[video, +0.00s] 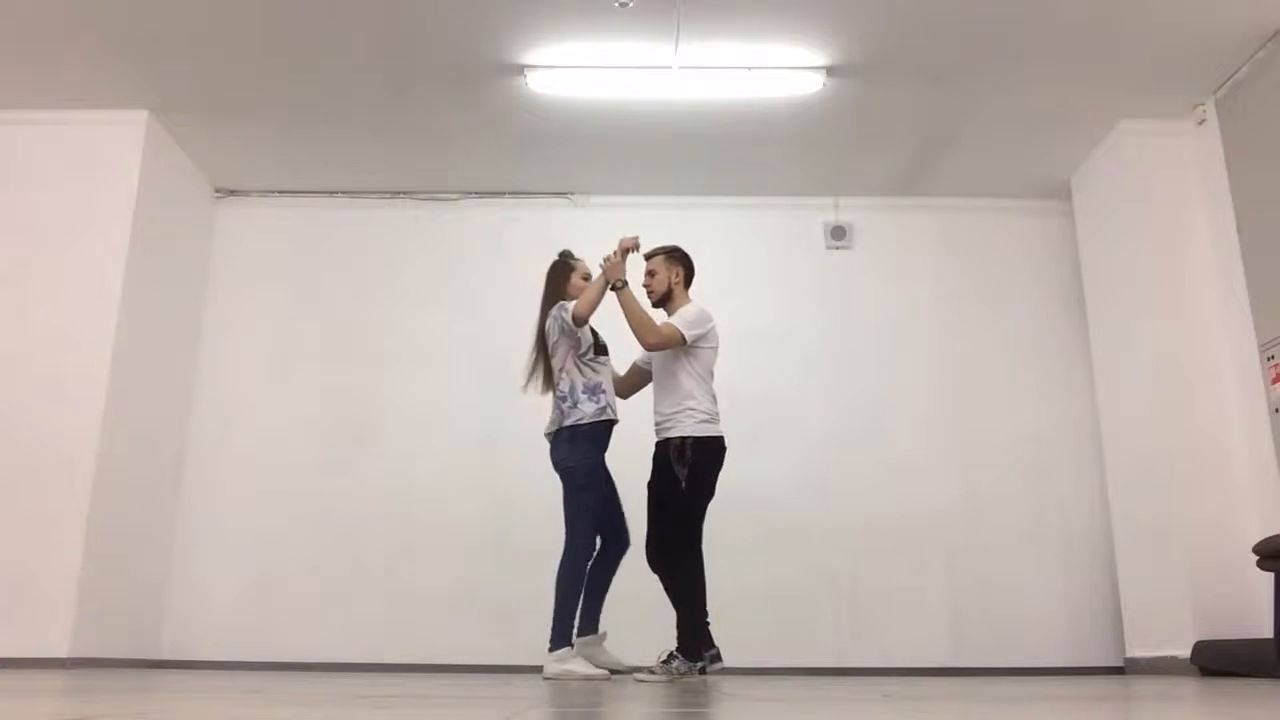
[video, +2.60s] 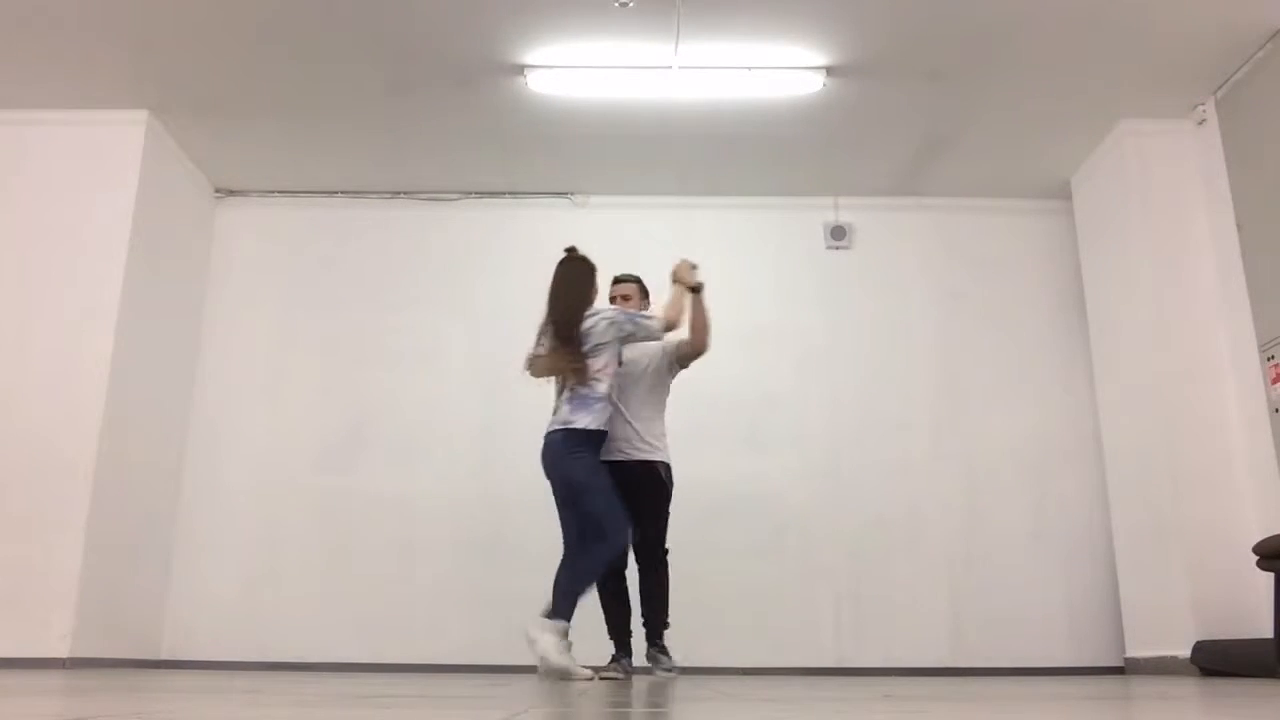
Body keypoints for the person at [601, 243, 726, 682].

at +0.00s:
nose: (645, 282)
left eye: (652, 273)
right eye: (643, 276)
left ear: (677, 274)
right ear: (662, 279)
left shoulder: (698, 316)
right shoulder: (664, 336)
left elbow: (653, 338)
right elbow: (622, 386)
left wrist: (619, 286)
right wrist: (580, 358)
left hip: (695, 443)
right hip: (671, 445)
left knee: (678, 548)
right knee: (663, 551)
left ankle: (690, 653)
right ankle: (701, 646)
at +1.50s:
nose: (625, 283)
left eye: (630, 274)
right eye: (627, 275)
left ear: (652, 276)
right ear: (653, 278)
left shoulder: (671, 318)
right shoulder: (659, 322)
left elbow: (629, 365)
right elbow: (628, 365)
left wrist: (577, 340)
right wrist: (596, 347)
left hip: (681, 444)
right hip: (668, 444)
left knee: (665, 551)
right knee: (652, 551)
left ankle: (682, 657)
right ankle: (663, 654)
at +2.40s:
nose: (613, 306)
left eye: (621, 295)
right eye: (610, 297)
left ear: (646, 296)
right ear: (607, 301)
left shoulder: (665, 337)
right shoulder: (612, 347)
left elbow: (646, 348)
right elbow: (579, 362)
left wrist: (632, 309)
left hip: (656, 459)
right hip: (615, 461)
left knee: (647, 556)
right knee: (615, 556)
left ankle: (642, 653)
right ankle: (624, 651)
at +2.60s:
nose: (619, 304)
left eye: (627, 298)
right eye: (613, 299)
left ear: (647, 304)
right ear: (607, 306)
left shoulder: (663, 348)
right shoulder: (595, 346)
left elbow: (699, 343)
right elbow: (536, 362)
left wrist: (696, 292)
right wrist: (560, 358)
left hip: (649, 463)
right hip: (604, 462)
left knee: (651, 554)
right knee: (608, 555)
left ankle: (656, 646)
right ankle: (621, 652)